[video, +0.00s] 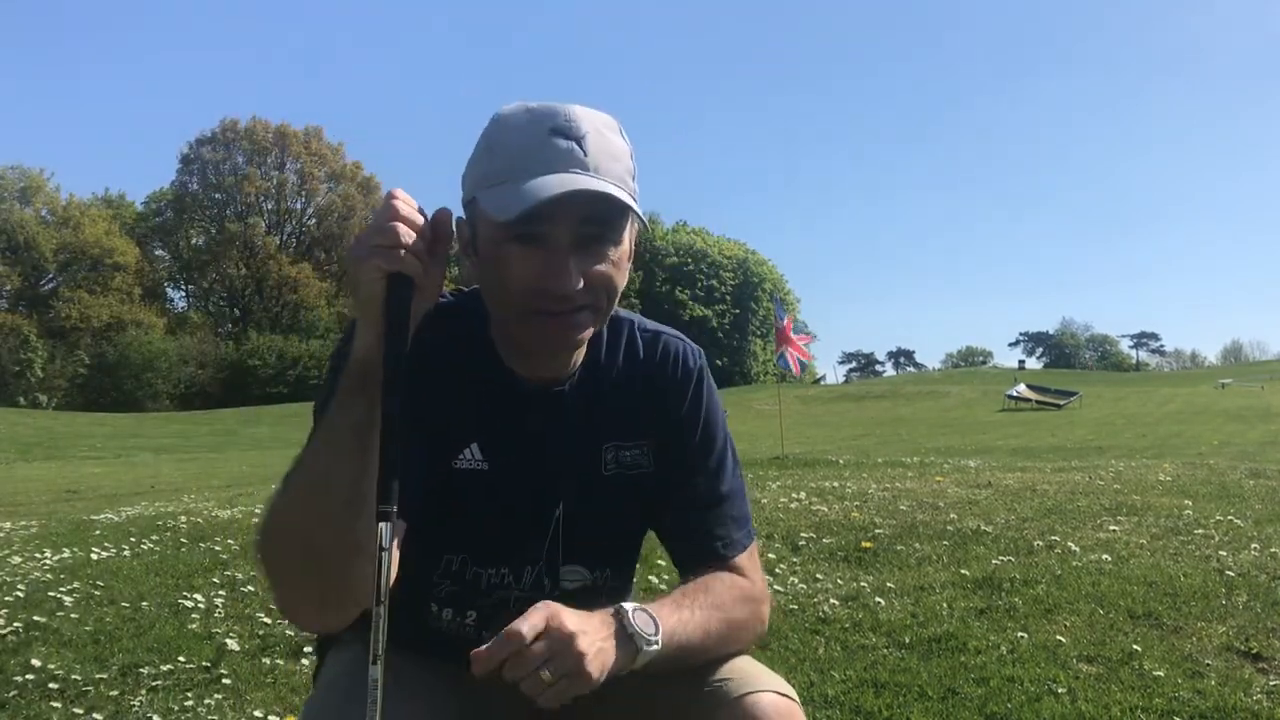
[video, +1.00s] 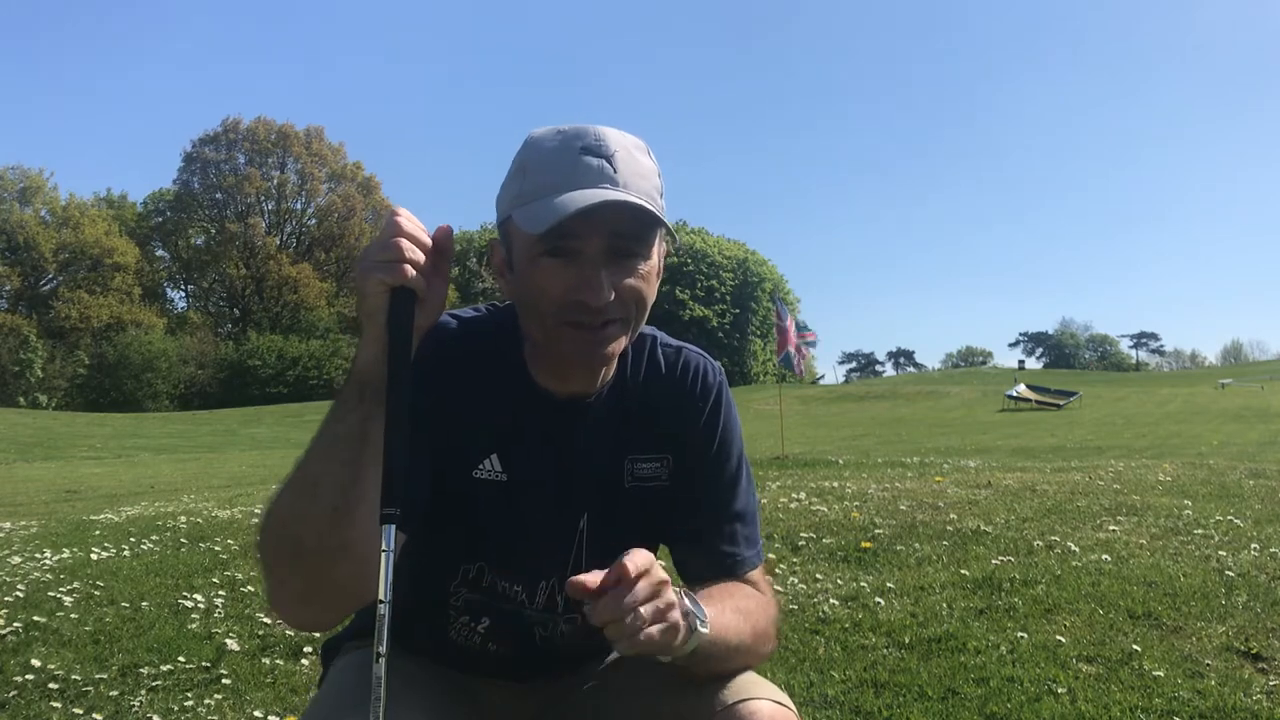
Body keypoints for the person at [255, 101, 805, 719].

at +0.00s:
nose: (564, 279)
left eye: (594, 238)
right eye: (528, 238)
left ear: (631, 248)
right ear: (469, 245)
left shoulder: (666, 372)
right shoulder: (401, 352)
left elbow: (742, 596)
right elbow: (314, 604)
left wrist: (618, 636)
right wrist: (371, 344)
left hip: (599, 668)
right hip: (421, 662)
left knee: (768, 708)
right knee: (346, 700)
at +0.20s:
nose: (574, 291)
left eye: (604, 254)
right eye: (538, 252)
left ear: (636, 262)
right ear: (477, 256)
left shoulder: (671, 379)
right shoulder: (413, 361)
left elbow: (745, 632)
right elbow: (307, 606)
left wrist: (685, 578)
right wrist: (369, 354)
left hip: (598, 662)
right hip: (425, 667)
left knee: (763, 710)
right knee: (347, 708)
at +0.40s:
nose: (590, 297)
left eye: (619, 261)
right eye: (554, 259)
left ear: (651, 270)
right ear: (492, 263)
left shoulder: (682, 386)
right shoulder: (419, 366)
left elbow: (752, 611)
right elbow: (294, 602)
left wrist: (655, 597)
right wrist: (362, 360)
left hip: (605, 661)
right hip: (428, 665)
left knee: (760, 710)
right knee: (345, 707)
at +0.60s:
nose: (605, 295)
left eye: (633, 260)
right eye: (569, 258)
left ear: (664, 268)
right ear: (506, 264)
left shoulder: (688, 384)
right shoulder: (429, 363)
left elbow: (756, 613)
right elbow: (290, 599)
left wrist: (619, 625)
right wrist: (365, 358)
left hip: (601, 668)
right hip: (426, 667)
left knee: (764, 709)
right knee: (336, 702)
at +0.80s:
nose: (606, 293)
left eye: (634, 256)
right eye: (570, 255)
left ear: (665, 267)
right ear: (507, 264)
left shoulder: (687, 387)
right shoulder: (433, 361)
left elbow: (755, 614)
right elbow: (299, 599)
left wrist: (642, 623)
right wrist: (378, 356)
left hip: (603, 668)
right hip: (428, 666)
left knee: (761, 708)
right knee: (348, 701)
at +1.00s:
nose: (597, 291)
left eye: (626, 252)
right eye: (560, 252)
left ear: (660, 263)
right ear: (501, 263)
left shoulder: (688, 388)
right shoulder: (430, 362)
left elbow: (752, 612)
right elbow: (302, 601)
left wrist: (685, 621)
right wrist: (377, 357)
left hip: (607, 666)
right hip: (430, 666)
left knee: (762, 712)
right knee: (348, 708)